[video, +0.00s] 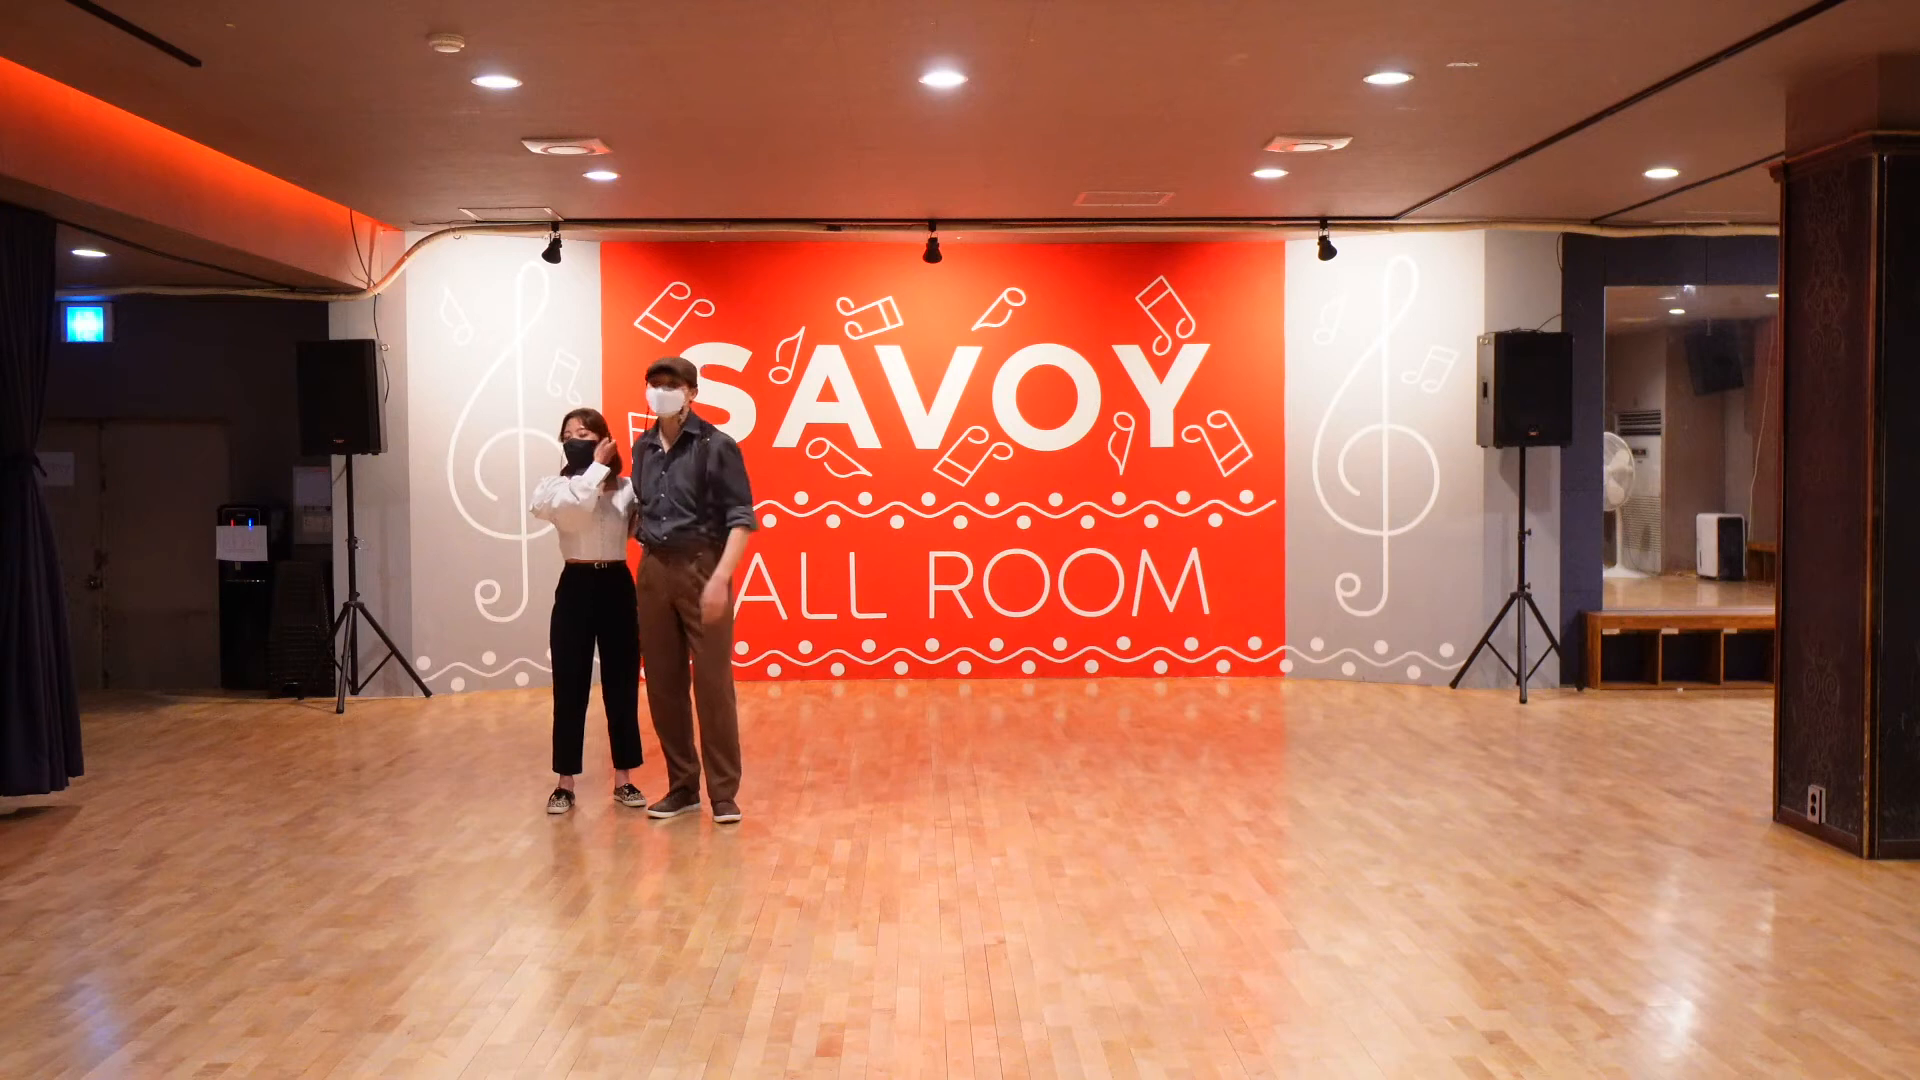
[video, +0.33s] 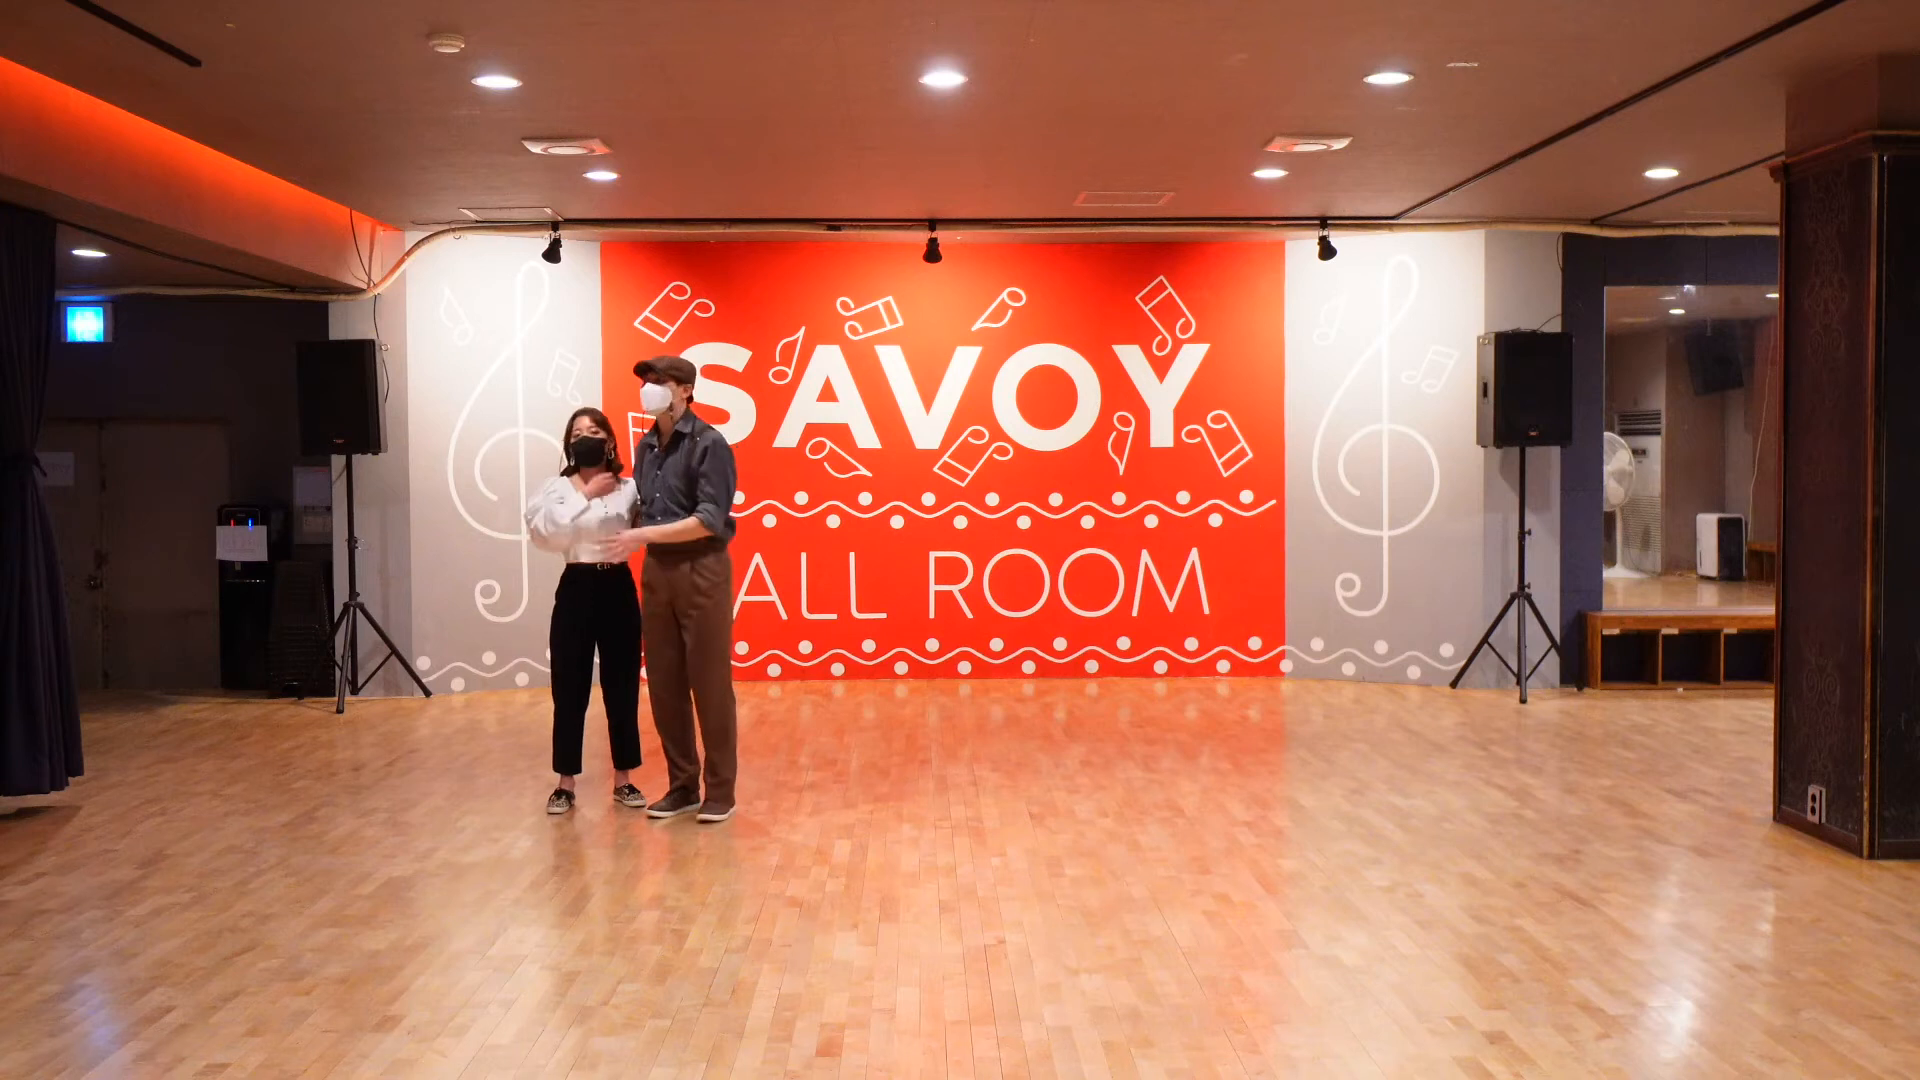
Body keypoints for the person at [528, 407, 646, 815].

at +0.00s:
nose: (578, 434)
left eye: (587, 429)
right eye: (571, 430)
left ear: (604, 441)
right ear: (561, 443)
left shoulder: (623, 487)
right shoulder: (550, 487)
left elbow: (649, 524)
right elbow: (567, 507)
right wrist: (595, 465)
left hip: (618, 587)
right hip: (575, 588)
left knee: (622, 688)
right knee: (569, 688)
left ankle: (623, 781)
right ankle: (565, 784)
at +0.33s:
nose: (587, 433)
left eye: (595, 427)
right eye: (578, 429)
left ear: (608, 439)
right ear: (568, 442)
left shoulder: (627, 486)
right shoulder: (555, 487)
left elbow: (645, 527)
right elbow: (542, 529)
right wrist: (586, 495)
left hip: (618, 590)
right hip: (575, 591)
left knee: (622, 689)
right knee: (569, 690)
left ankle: (623, 781)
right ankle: (565, 784)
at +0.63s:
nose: (596, 434)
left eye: (604, 428)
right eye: (587, 430)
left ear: (616, 439)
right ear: (575, 442)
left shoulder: (632, 490)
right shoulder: (561, 493)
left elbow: (652, 531)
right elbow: (552, 556)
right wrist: (585, 535)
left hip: (623, 591)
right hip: (580, 593)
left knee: (626, 691)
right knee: (573, 691)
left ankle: (623, 782)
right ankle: (565, 784)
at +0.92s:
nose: (601, 438)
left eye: (608, 431)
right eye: (591, 434)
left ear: (620, 441)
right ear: (578, 447)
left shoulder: (638, 491)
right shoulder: (570, 499)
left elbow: (657, 538)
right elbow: (555, 560)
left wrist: (624, 536)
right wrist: (587, 547)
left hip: (631, 593)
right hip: (589, 597)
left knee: (630, 689)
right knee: (584, 689)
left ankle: (624, 781)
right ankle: (567, 779)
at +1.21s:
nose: (587, 442)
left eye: (593, 435)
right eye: (577, 438)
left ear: (604, 444)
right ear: (565, 452)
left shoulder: (624, 488)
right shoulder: (559, 507)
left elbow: (648, 531)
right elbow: (567, 571)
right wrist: (599, 604)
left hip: (628, 597)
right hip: (583, 606)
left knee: (624, 698)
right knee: (580, 703)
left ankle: (619, 781)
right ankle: (569, 793)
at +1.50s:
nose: (570, 440)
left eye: (577, 434)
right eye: (561, 436)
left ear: (589, 444)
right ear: (547, 450)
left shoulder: (605, 491)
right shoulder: (538, 499)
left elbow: (627, 530)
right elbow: (510, 539)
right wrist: (498, 546)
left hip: (606, 596)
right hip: (565, 601)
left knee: (613, 693)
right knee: (566, 699)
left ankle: (625, 790)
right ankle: (566, 798)